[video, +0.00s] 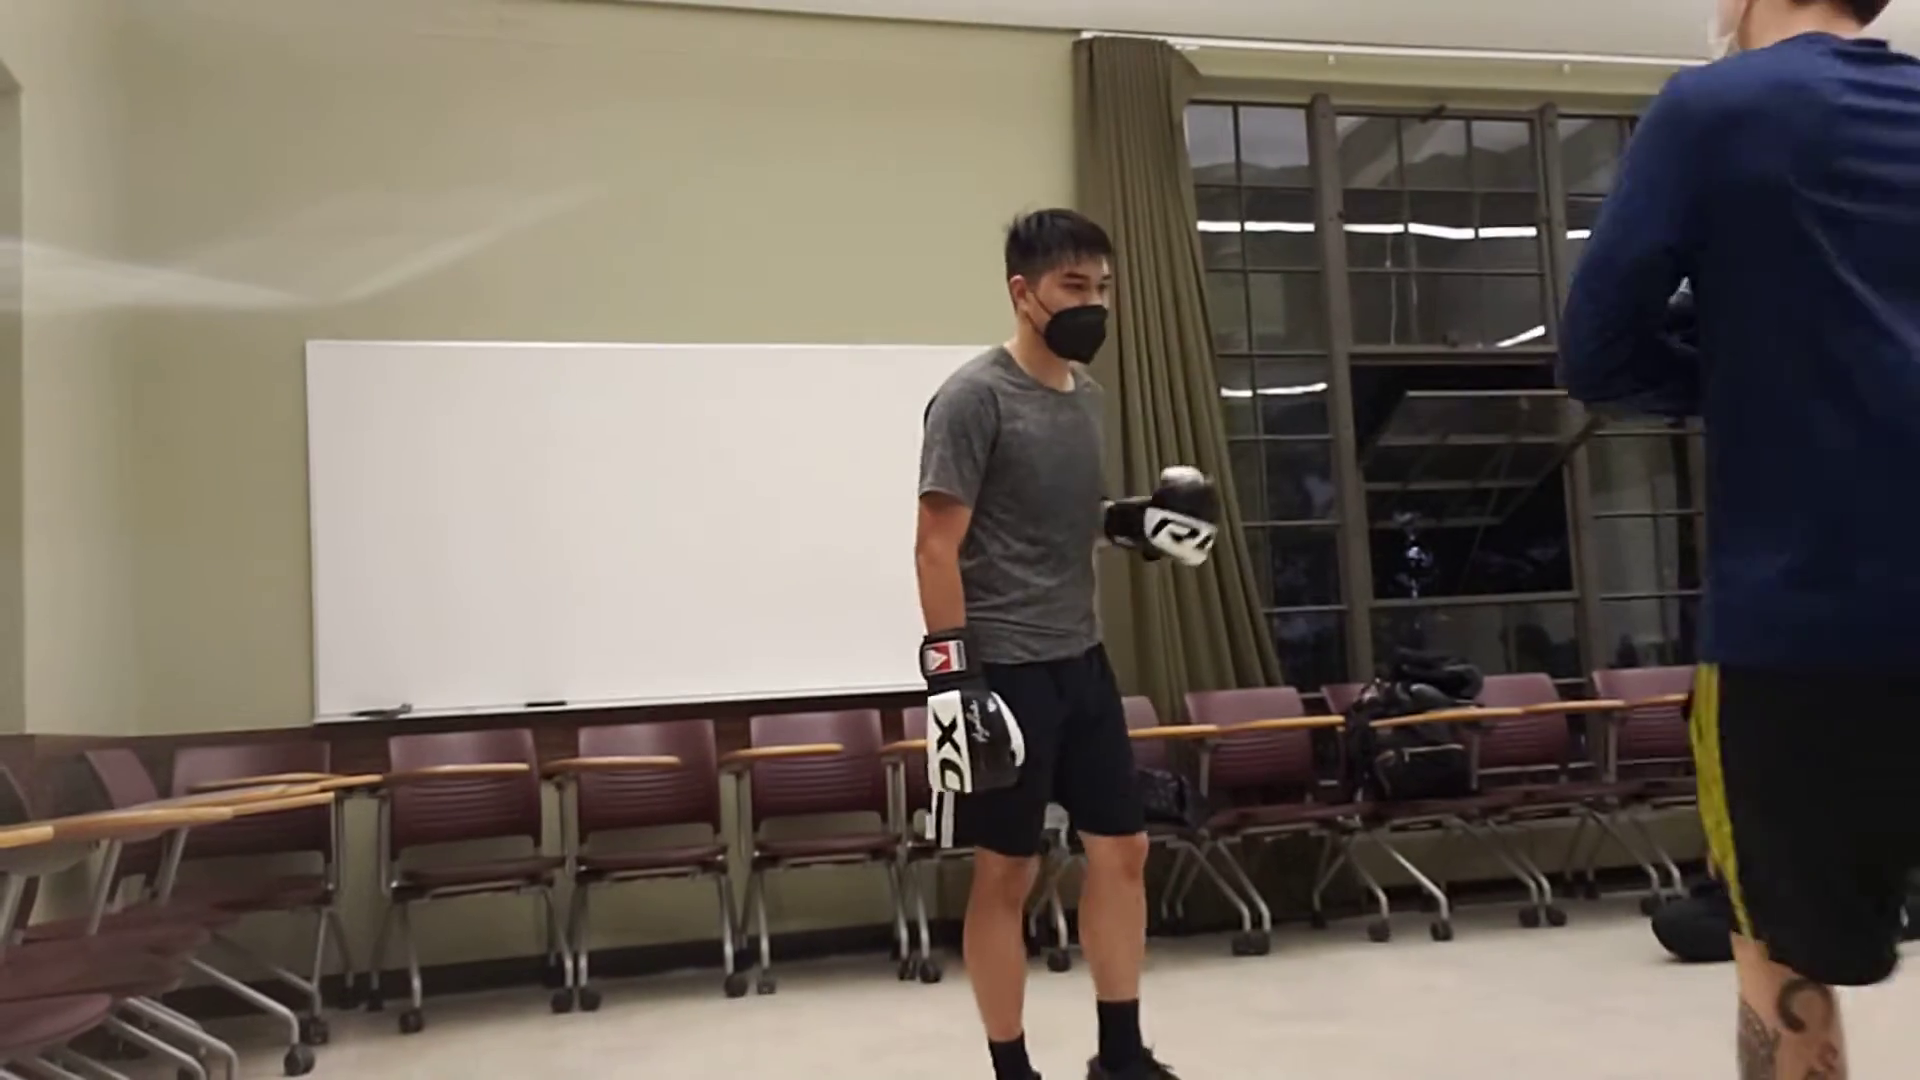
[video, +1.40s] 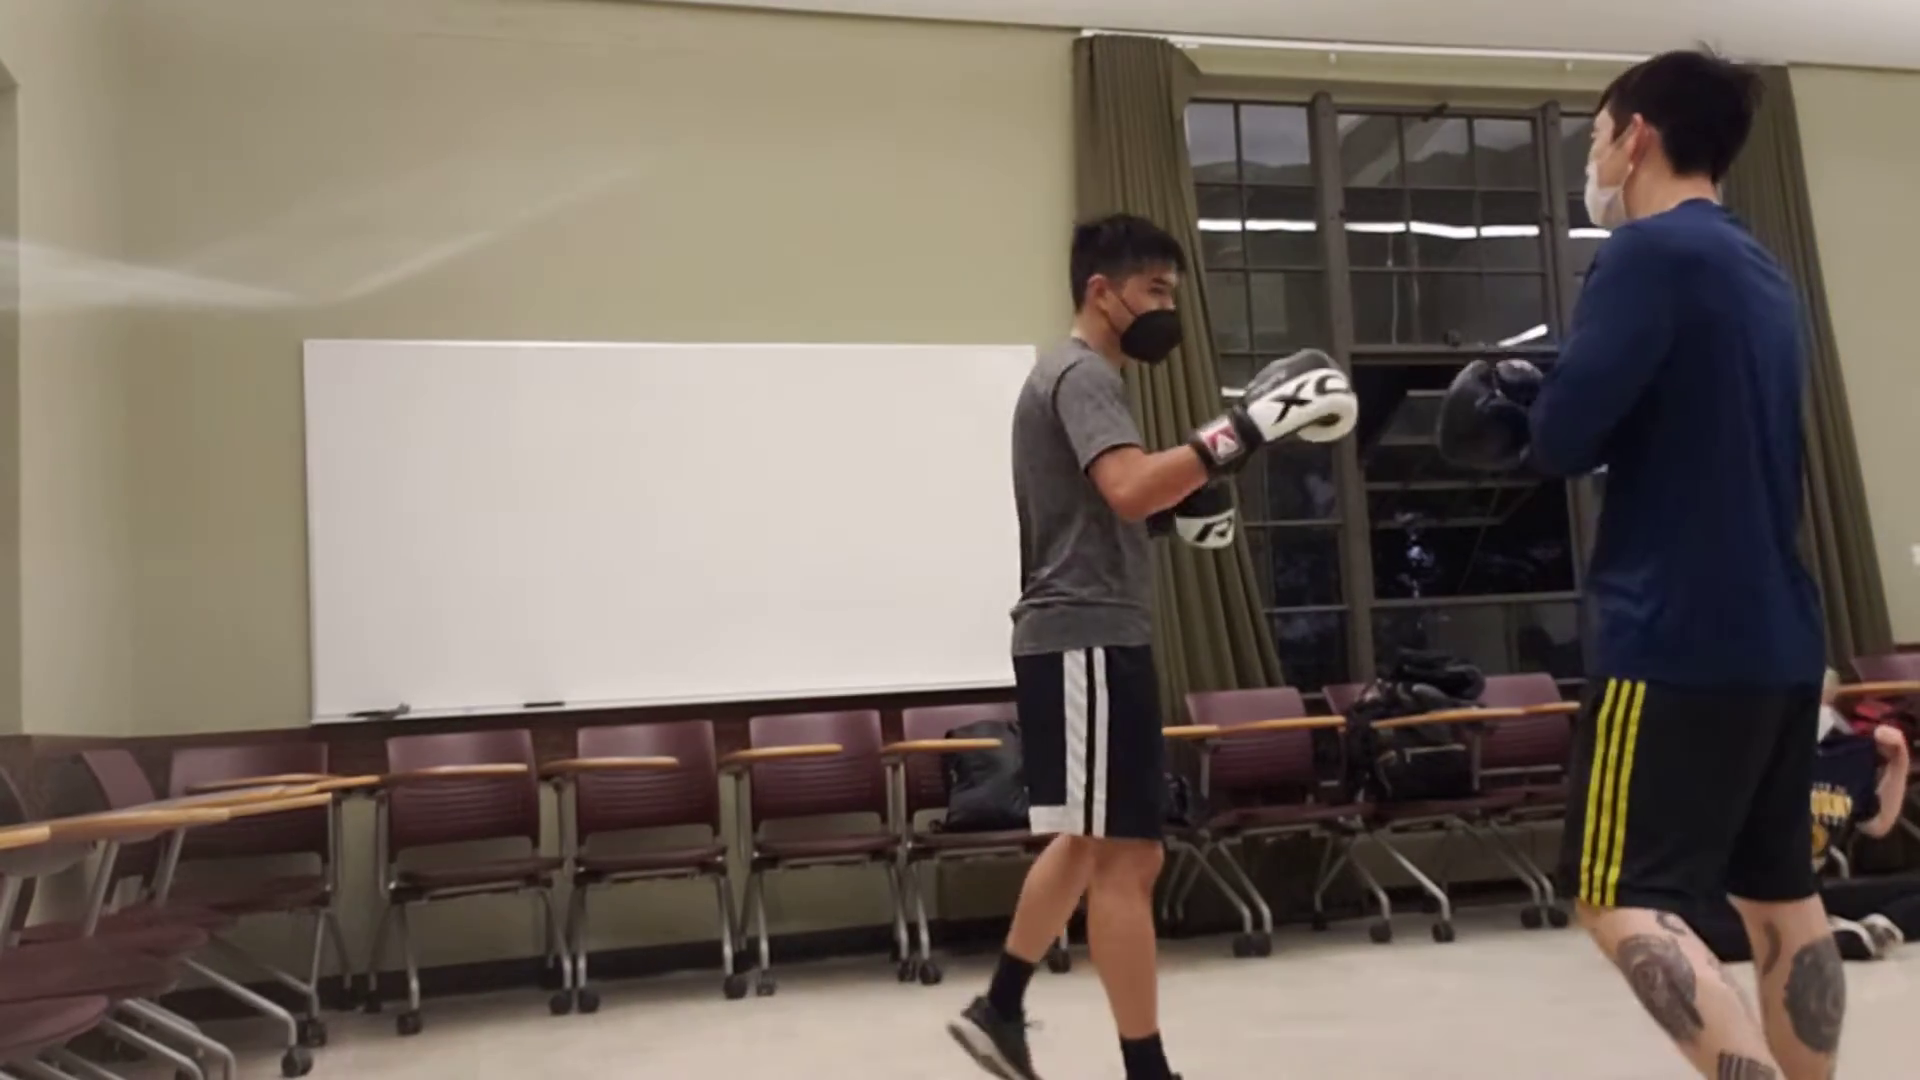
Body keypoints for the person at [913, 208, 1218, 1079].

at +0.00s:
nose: (1091, 301)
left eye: (1100, 287)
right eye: (1072, 285)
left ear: (1106, 292)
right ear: (1019, 290)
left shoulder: (1084, 396)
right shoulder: (971, 398)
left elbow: (1060, 518)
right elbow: (936, 546)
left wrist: (1131, 524)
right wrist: (950, 680)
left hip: (1080, 664)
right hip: (1000, 673)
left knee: (1122, 850)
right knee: (1006, 873)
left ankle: (1122, 1054)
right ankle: (1013, 1070)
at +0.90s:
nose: (1136, 343)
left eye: (1145, 330)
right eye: (1123, 324)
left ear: (1147, 335)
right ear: (1074, 320)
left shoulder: (1099, 417)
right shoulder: (1030, 405)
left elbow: (1082, 542)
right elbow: (972, 526)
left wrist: (1145, 577)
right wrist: (1053, 605)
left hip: (1083, 644)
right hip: (1045, 645)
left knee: (1062, 841)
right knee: (1127, 829)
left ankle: (1032, 1043)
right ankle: (1074, 1050)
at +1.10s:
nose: (1164, 333)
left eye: (1170, 319)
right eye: (1150, 316)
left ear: (1129, 320)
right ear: (1097, 313)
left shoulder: (1099, 405)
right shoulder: (1064, 395)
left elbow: (1070, 527)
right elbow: (1020, 500)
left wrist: (1143, 590)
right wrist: (1117, 515)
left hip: (1089, 651)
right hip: (1076, 654)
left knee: (1068, 852)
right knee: (1127, 861)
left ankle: (1037, 1033)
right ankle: (1146, 1067)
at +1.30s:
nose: (1175, 318)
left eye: (1180, 303)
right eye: (1165, 298)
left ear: (1114, 299)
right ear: (1109, 292)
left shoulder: (1070, 381)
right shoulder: (1086, 377)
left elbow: (1083, 511)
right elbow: (1115, 483)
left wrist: (1163, 518)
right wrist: (1231, 440)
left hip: (1070, 640)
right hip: (1095, 643)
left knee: (1081, 844)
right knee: (1129, 857)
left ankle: (1034, 1026)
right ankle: (1147, 1068)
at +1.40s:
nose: (1168, 306)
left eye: (1171, 292)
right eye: (1156, 290)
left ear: (1106, 295)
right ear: (1100, 288)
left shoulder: (1066, 375)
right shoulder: (1082, 374)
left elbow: (1090, 509)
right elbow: (1131, 487)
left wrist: (1168, 510)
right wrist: (1237, 429)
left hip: (1072, 638)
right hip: (1092, 641)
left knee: (1079, 840)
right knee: (1127, 858)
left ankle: (998, 1009)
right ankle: (1149, 1071)